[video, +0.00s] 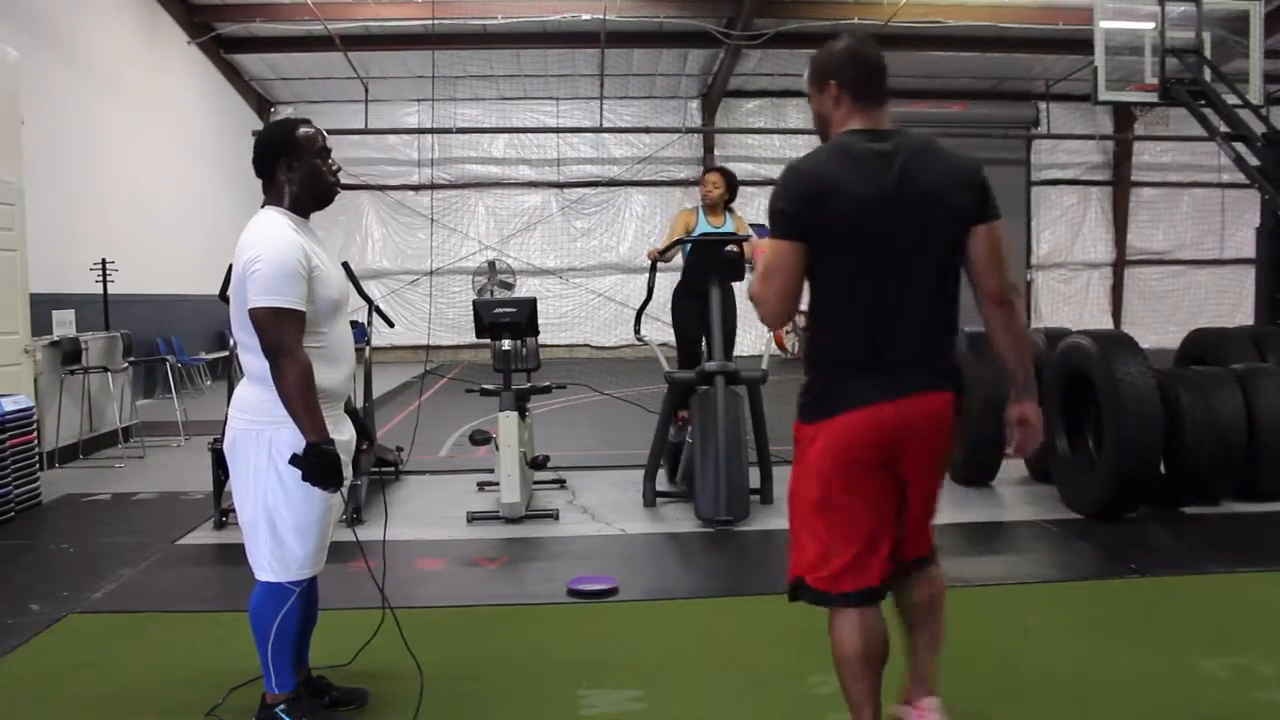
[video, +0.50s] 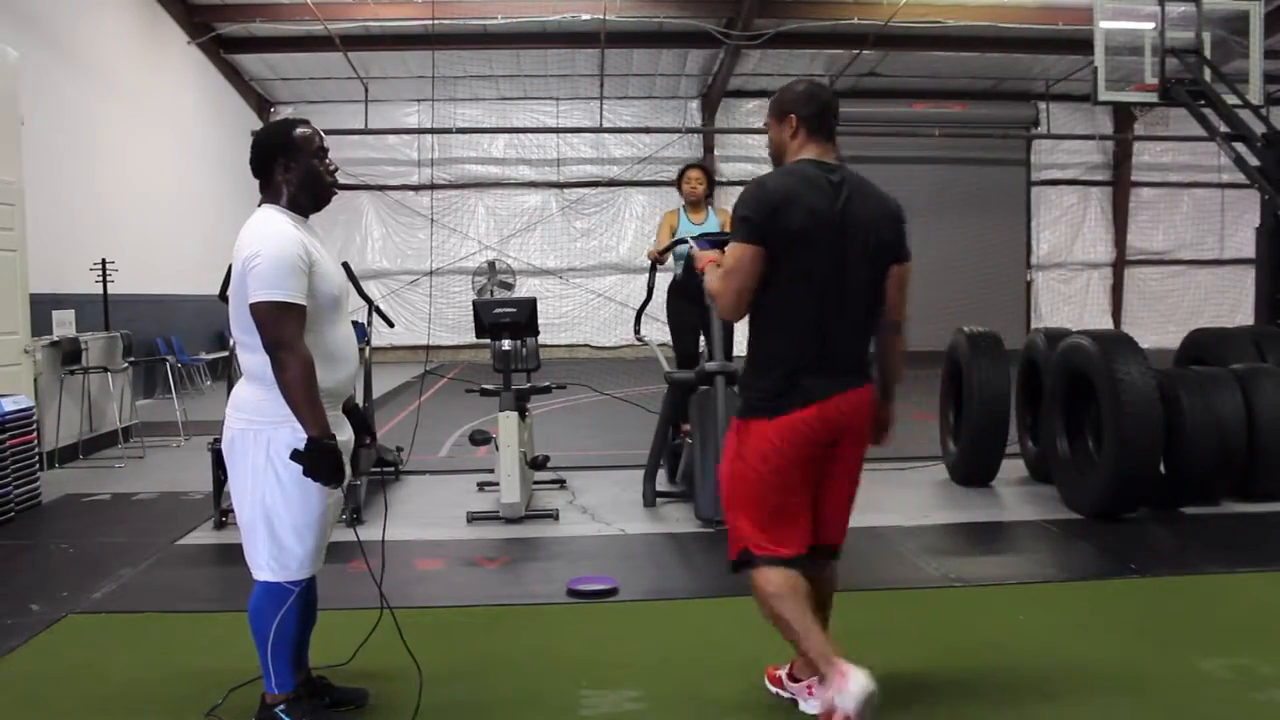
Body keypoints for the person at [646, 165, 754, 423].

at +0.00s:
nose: (707, 190)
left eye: (714, 186)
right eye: (704, 184)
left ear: (727, 193)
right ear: (699, 188)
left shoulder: (736, 221)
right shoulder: (687, 217)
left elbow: (752, 254)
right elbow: (671, 251)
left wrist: (738, 252)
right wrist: (660, 254)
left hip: (722, 292)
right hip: (689, 293)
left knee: (723, 355)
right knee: (689, 355)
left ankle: (722, 409)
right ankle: (682, 409)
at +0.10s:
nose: (708, 195)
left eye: (715, 191)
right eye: (706, 190)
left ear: (728, 197)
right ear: (701, 193)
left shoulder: (737, 227)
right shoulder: (688, 223)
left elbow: (752, 257)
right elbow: (671, 256)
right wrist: (659, 256)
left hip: (722, 297)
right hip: (690, 297)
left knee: (722, 358)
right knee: (691, 355)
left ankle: (720, 412)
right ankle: (683, 406)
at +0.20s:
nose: (707, 196)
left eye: (714, 192)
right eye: (704, 191)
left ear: (726, 199)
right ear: (699, 195)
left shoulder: (734, 227)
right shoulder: (687, 224)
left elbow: (746, 261)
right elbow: (671, 257)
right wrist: (659, 256)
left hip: (722, 297)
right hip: (690, 296)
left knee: (720, 354)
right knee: (692, 350)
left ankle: (718, 407)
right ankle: (686, 404)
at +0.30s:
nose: (702, 191)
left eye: (709, 187)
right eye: (699, 186)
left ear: (721, 194)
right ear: (693, 190)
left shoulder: (732, 223)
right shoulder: (682, 221)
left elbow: (743, 256)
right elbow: (668, 258)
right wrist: (658, 255)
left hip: (722, 295)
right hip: (688, 295)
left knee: (719, 356)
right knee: (691, 353)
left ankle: (719, 412)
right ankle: (686, 408)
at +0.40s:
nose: (697, 186)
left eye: (703, 182)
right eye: (692, 181)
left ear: (714, 187)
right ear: (685, 186)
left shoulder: (727, 217)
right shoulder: (676, 216)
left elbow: (741, 249)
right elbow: (665, 251)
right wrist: (658, 255)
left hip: (719, 294)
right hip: (686, 294)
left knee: (719, 357)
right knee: (689, 356)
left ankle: (718, 417)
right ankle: (683, 415)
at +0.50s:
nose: (693, 187)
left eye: (699, 182)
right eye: (688, 182)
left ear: (708, 188)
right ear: (680, 187)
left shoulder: (722, 217)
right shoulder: (672, 218)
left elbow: (731, 250)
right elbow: (662, 252)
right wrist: (657, 255)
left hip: (716, 293)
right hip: (683, 294)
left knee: (722, 360)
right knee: (686, 360)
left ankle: (721, 419)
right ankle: (682, 421)